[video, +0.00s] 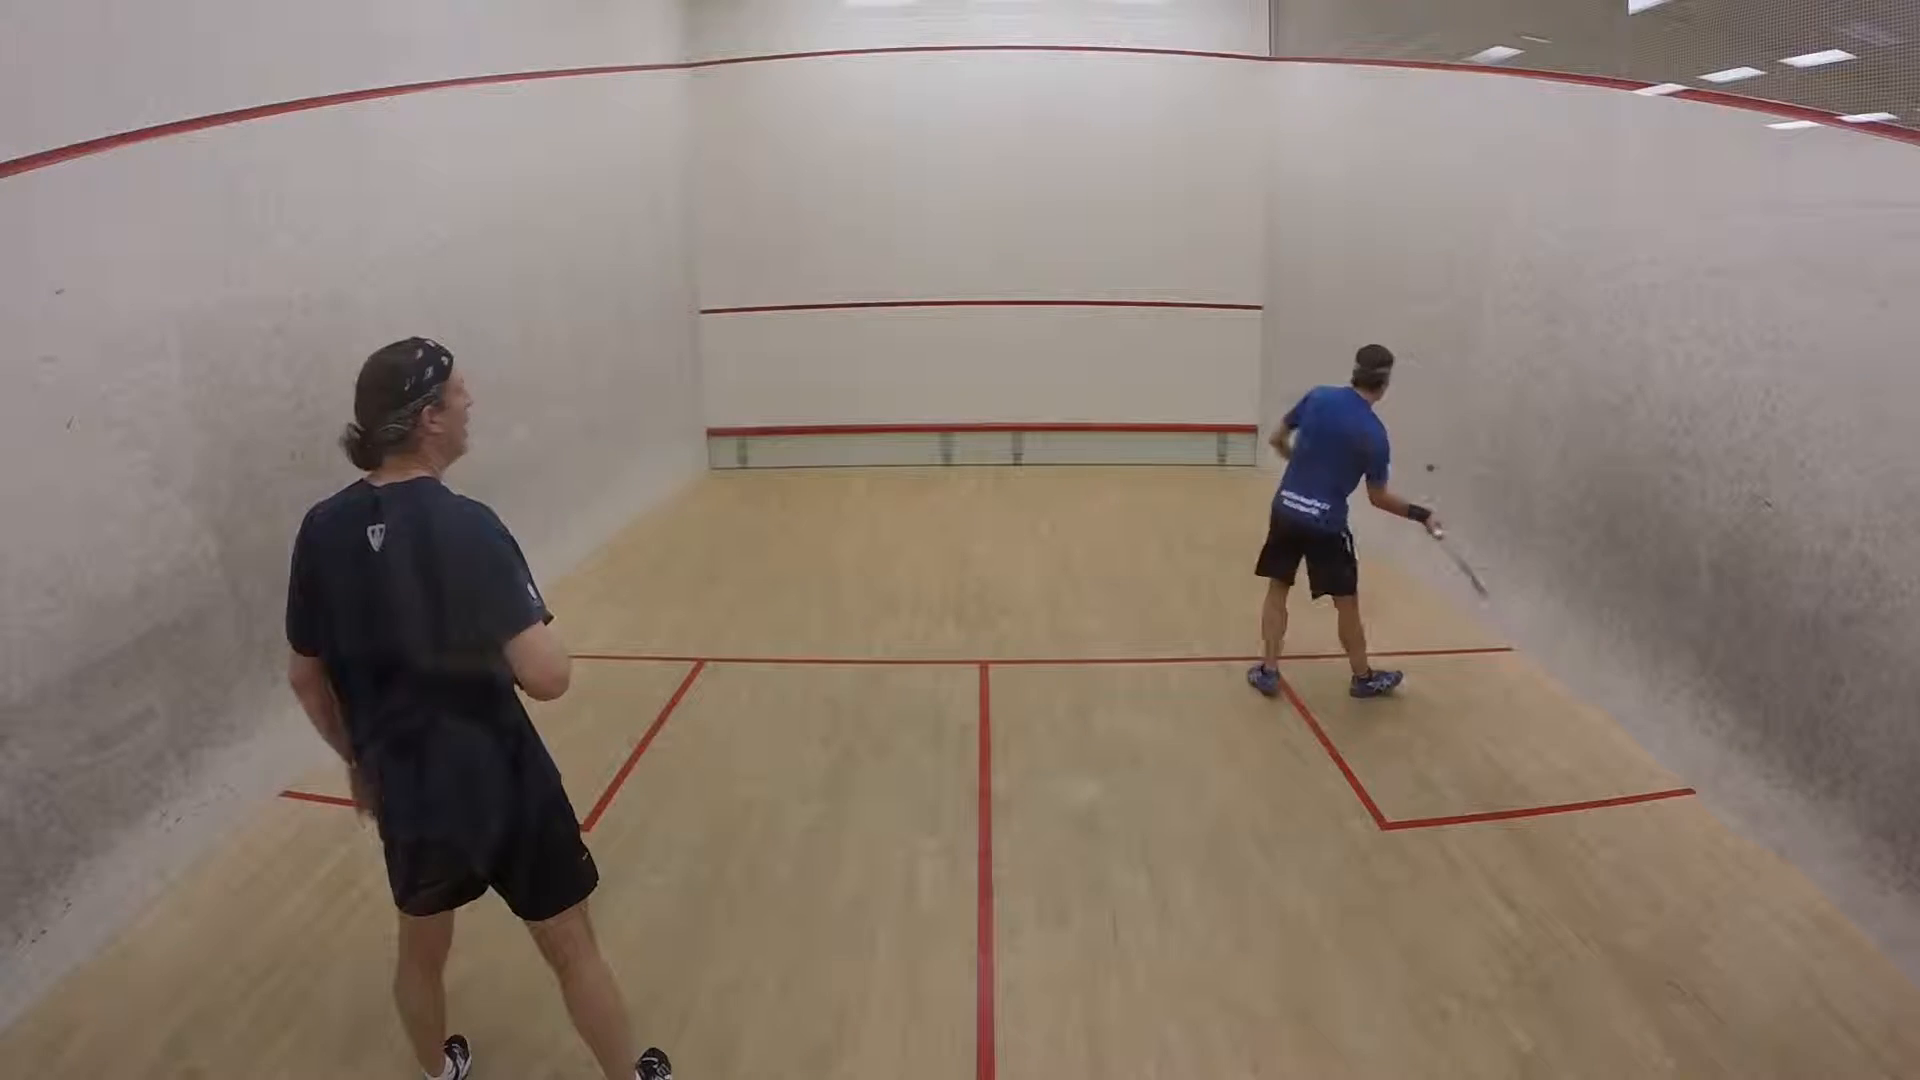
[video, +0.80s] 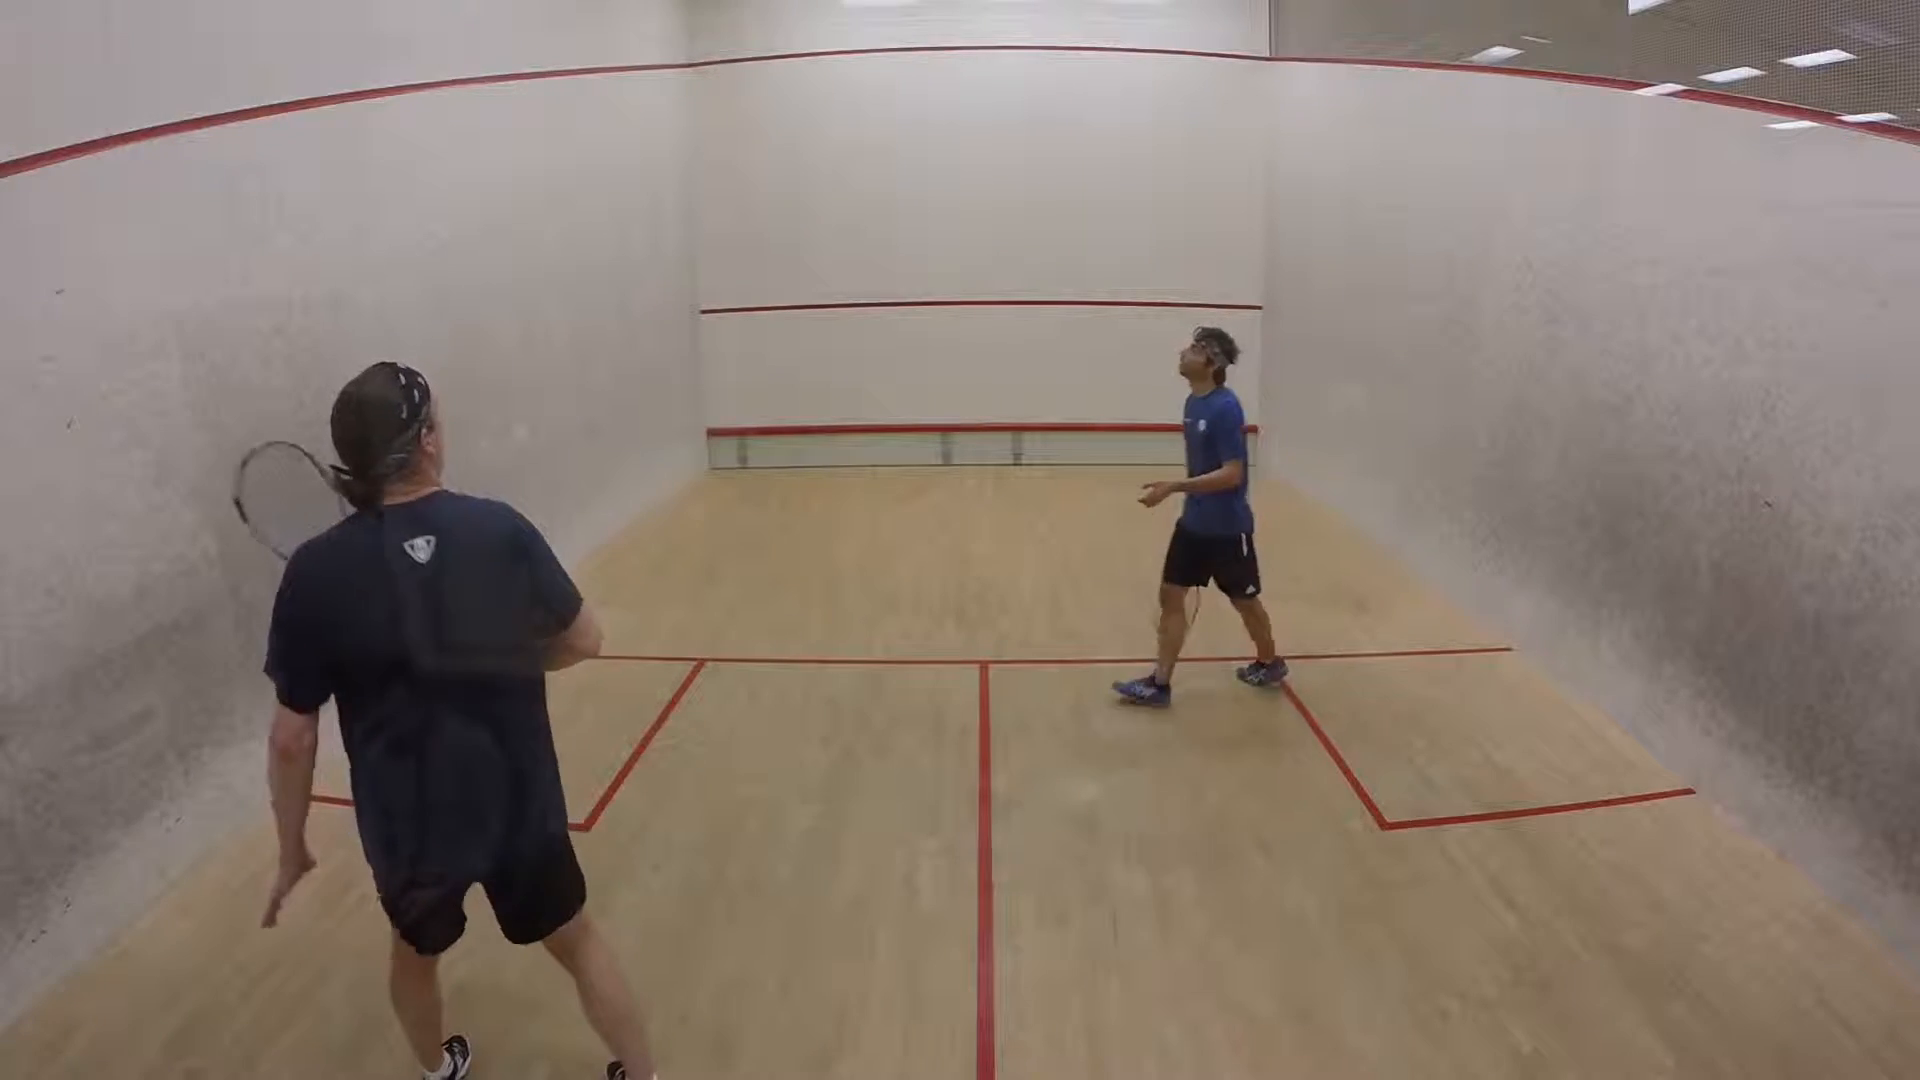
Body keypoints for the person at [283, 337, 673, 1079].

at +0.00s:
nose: (470, 411)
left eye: (465, 396)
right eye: (461, 399)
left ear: (382, 421)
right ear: (426, 420)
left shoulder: (324, 528)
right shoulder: (469, 525)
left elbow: (307, 675)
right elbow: (547, 676)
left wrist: (357, 756)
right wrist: (519, 627)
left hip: (402, 783)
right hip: (502, 775)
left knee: (420, 952)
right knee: (572, 949)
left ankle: (438, 1069)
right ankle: (631, 1071)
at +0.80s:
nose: (442, 431)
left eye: (435, 418)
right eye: (437, 422)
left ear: (349, 459)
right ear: (427, 444)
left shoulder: (317, 570)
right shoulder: (496, 530)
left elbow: (292, 736)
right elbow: (579, 638)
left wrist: (292, 845)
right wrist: (492, 652)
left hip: (408, 822)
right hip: (516, 801)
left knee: (415, 954)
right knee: (577, 940)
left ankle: (436, 1066)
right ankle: (640, 1069)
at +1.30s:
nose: (386, 463)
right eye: (382, 458)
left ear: (280, 518)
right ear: (380, 483)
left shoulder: (333, 660)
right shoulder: (422, 557)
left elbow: (213, 717)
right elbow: (301, 595)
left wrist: (185, 648)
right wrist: (229, 611)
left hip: (377, 903)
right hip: (466, 856)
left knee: (339, 1061)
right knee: (533, 983)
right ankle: (634, 1072)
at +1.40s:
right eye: (345, 476)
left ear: (245, 561)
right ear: (345, 506)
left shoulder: (290, 701)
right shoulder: (391, 587)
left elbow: (257, 800)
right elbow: (266, 631)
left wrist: (196, 740)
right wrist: (180, 666)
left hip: (342, 931)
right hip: (435, 882)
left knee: (323, 1055)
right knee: (520, 1006)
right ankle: (617, 1070)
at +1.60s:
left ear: (181, 532)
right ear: (302, 497)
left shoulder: (124, 677)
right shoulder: (397, 659)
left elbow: (149, 802)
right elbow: (380, 758)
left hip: (249, 1009)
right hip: (401, 970)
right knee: (538, 1035)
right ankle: (585, 1070)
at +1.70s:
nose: (311, 503)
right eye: (305, 488)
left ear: (171, 529)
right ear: (297, 510)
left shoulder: (112, 688)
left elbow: (165, 839)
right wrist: (671, 894)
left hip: (239, 1019)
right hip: (389, 995)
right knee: (541, 1044)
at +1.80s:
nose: (361, 521)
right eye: (354, 507)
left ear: (222, 547)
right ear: (347, 534)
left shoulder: (159, 702)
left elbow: (171, 862)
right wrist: (636, 1064)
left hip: (276, 1054)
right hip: (431, 1041)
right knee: (577, 1028)